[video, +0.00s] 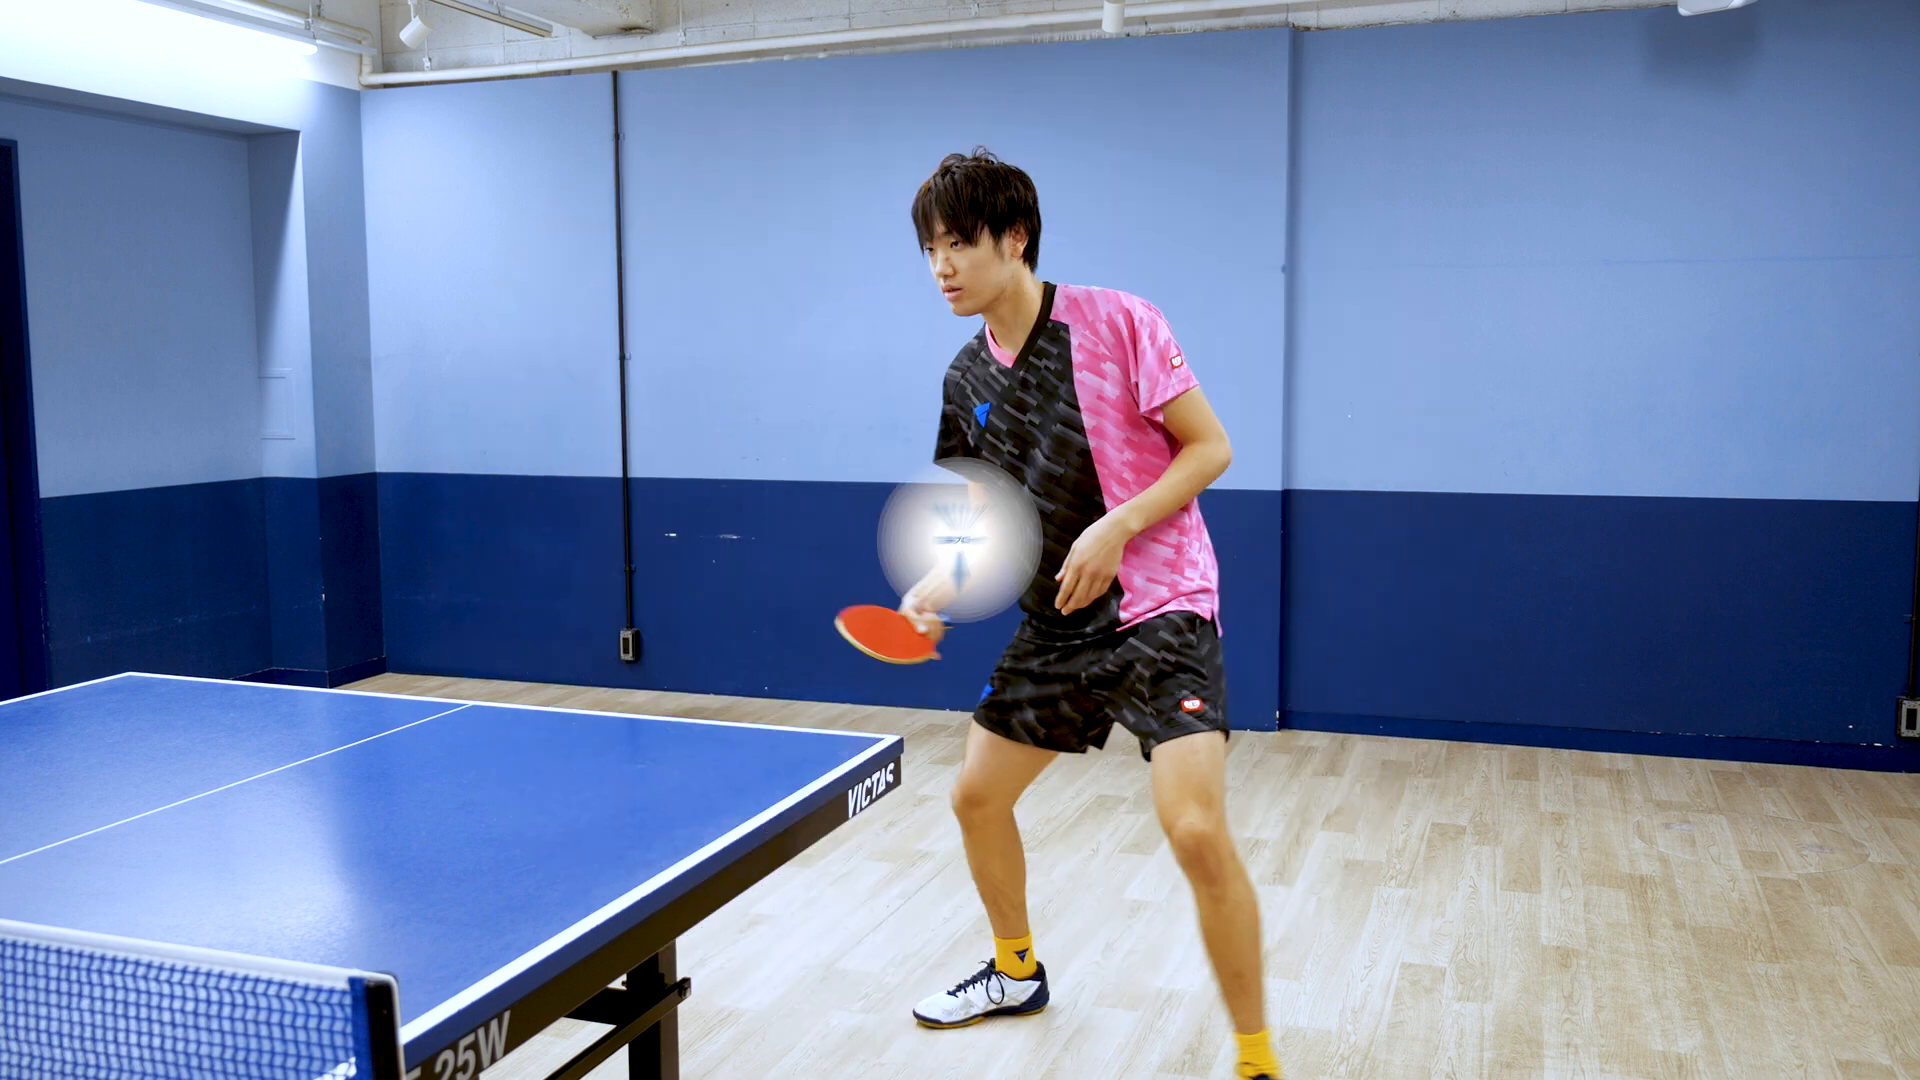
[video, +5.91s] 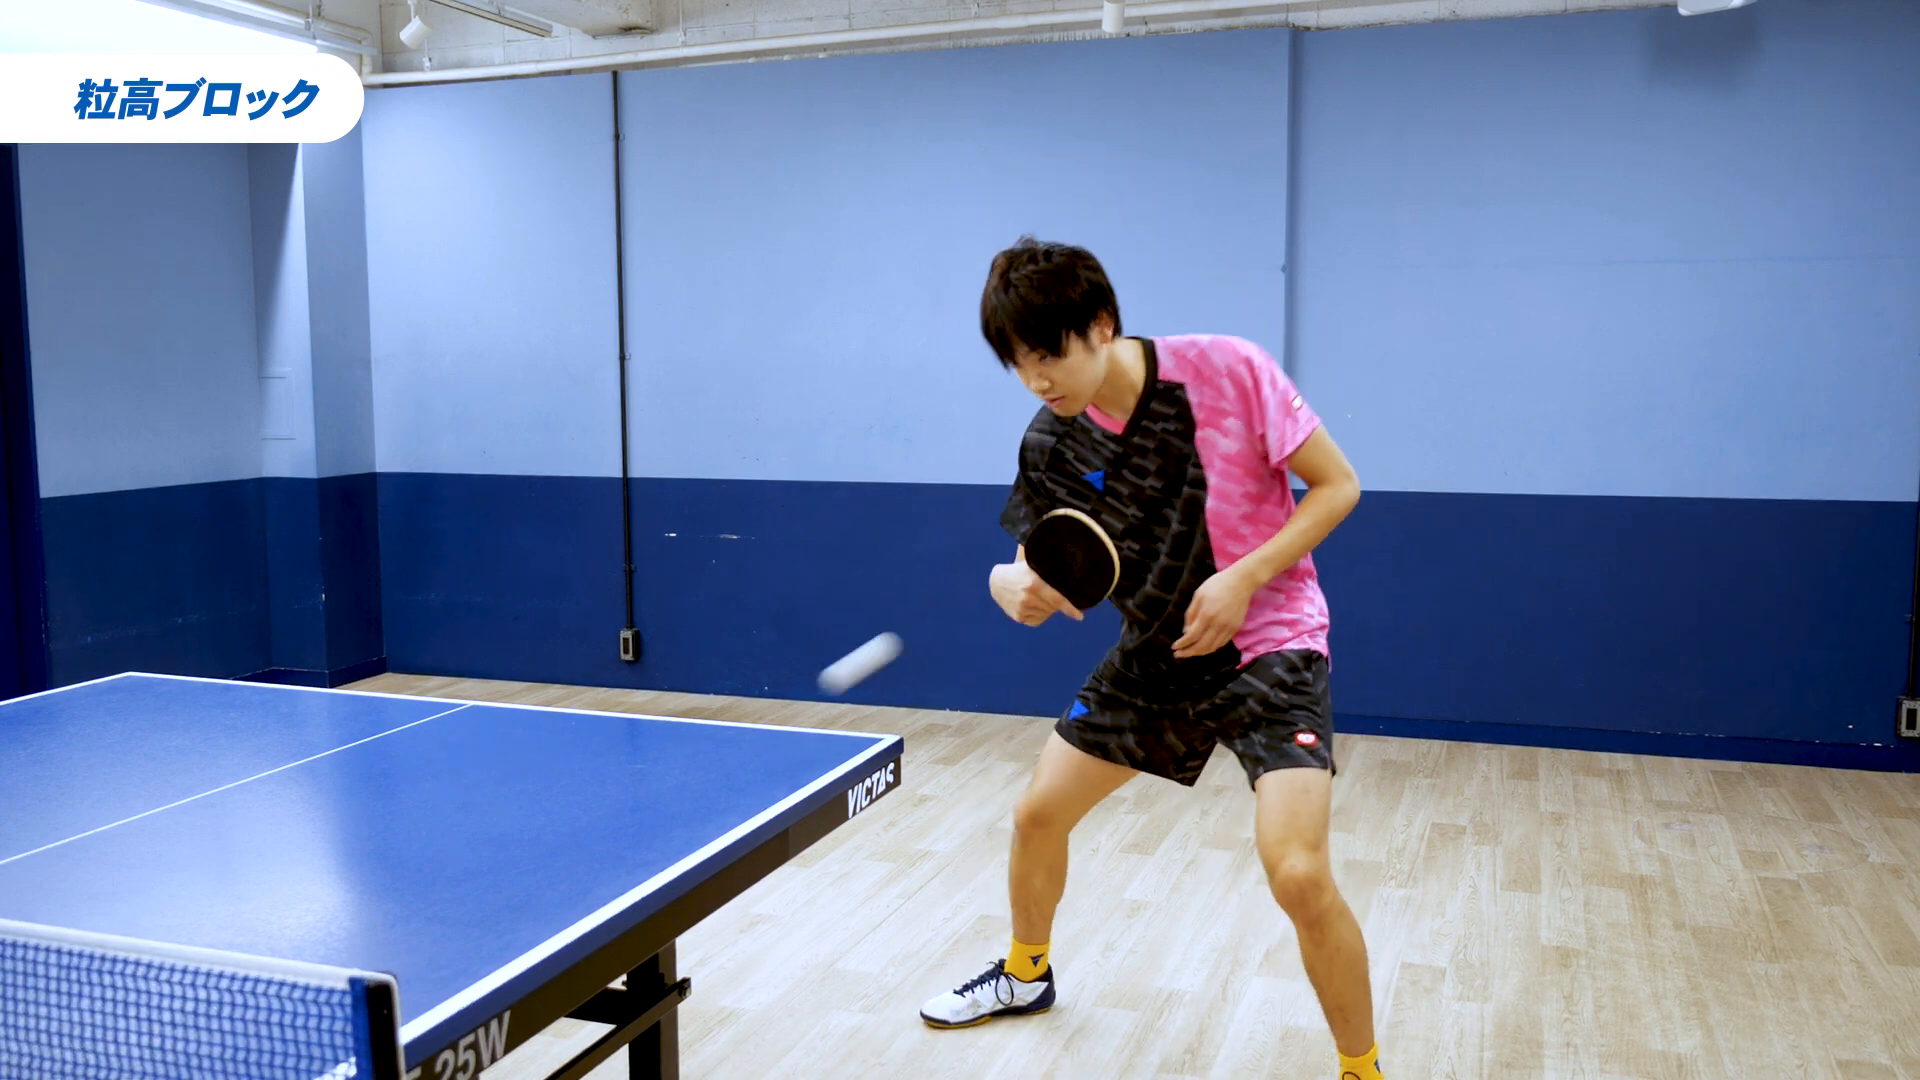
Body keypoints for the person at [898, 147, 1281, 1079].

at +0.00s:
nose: (942, 267)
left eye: (959, 244)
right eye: (932, 251)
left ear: (1016, 240)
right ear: (934, 258)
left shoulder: (1118, 323)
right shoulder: (966, 382)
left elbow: (1210, 448)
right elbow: (983, 522)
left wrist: (1119, 527)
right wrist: (938, 587)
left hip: (1163, 609)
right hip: (1058, 620)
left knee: (1196, 831)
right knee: (979, 795)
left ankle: (1255, 1054)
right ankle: (1015, 970)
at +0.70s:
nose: (1020, 376)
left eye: (1034, 349)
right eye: (1007, 357)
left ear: (1090, 328)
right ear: (1002, 359)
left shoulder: (1216, 384)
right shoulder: (1043, 459)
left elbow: (1325, 508)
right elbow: (1000, 584)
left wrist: (1227, 600)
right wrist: (977, 621)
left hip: (1275, 654)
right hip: (1157, 659)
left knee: (1292, 885)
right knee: (1033, 818)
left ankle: (1361, 1069)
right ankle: (1019, 973)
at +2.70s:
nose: (1014, 284)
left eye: (1032, 260)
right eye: (1002, 267)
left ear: (1089, 255)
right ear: (998, 275)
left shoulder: (1189, 344)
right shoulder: (1041, 390)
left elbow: (1283, 482)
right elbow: (1067, 527)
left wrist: (1157, 545)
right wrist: (1013, 604)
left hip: (1235, 633)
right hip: (1131, 635)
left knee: (1267, 865)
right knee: (1028, 793)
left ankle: (1358, 1065)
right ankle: (1024, 970)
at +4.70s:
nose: (1032, 293)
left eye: (1048, 266)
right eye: (1017, 276)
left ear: (1106, 251)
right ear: (1009, 285)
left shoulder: (1219, 308)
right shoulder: (1034, 410)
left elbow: (1329, 421)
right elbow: (996, 561)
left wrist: (1253, 510)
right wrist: (935, 625)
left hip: (1272, 601)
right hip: (1155, 610)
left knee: (1314, 838)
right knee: (1063, 788)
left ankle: (1364, 1055)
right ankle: (1016, 954)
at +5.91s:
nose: (1035, 380)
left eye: (1047, 354)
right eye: (1019, 364)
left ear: (1101, 325)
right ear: (1011, 362)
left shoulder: (1229, 370)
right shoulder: (1052, 443)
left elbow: (1337, 485)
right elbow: (1052, 584)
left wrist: (1247, 577)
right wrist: (1022, 591)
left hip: (1272, 644)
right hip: (1151, 650)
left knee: (1299, 876)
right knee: (1038, 814)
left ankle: (1361, 1067)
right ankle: (1025, 973)